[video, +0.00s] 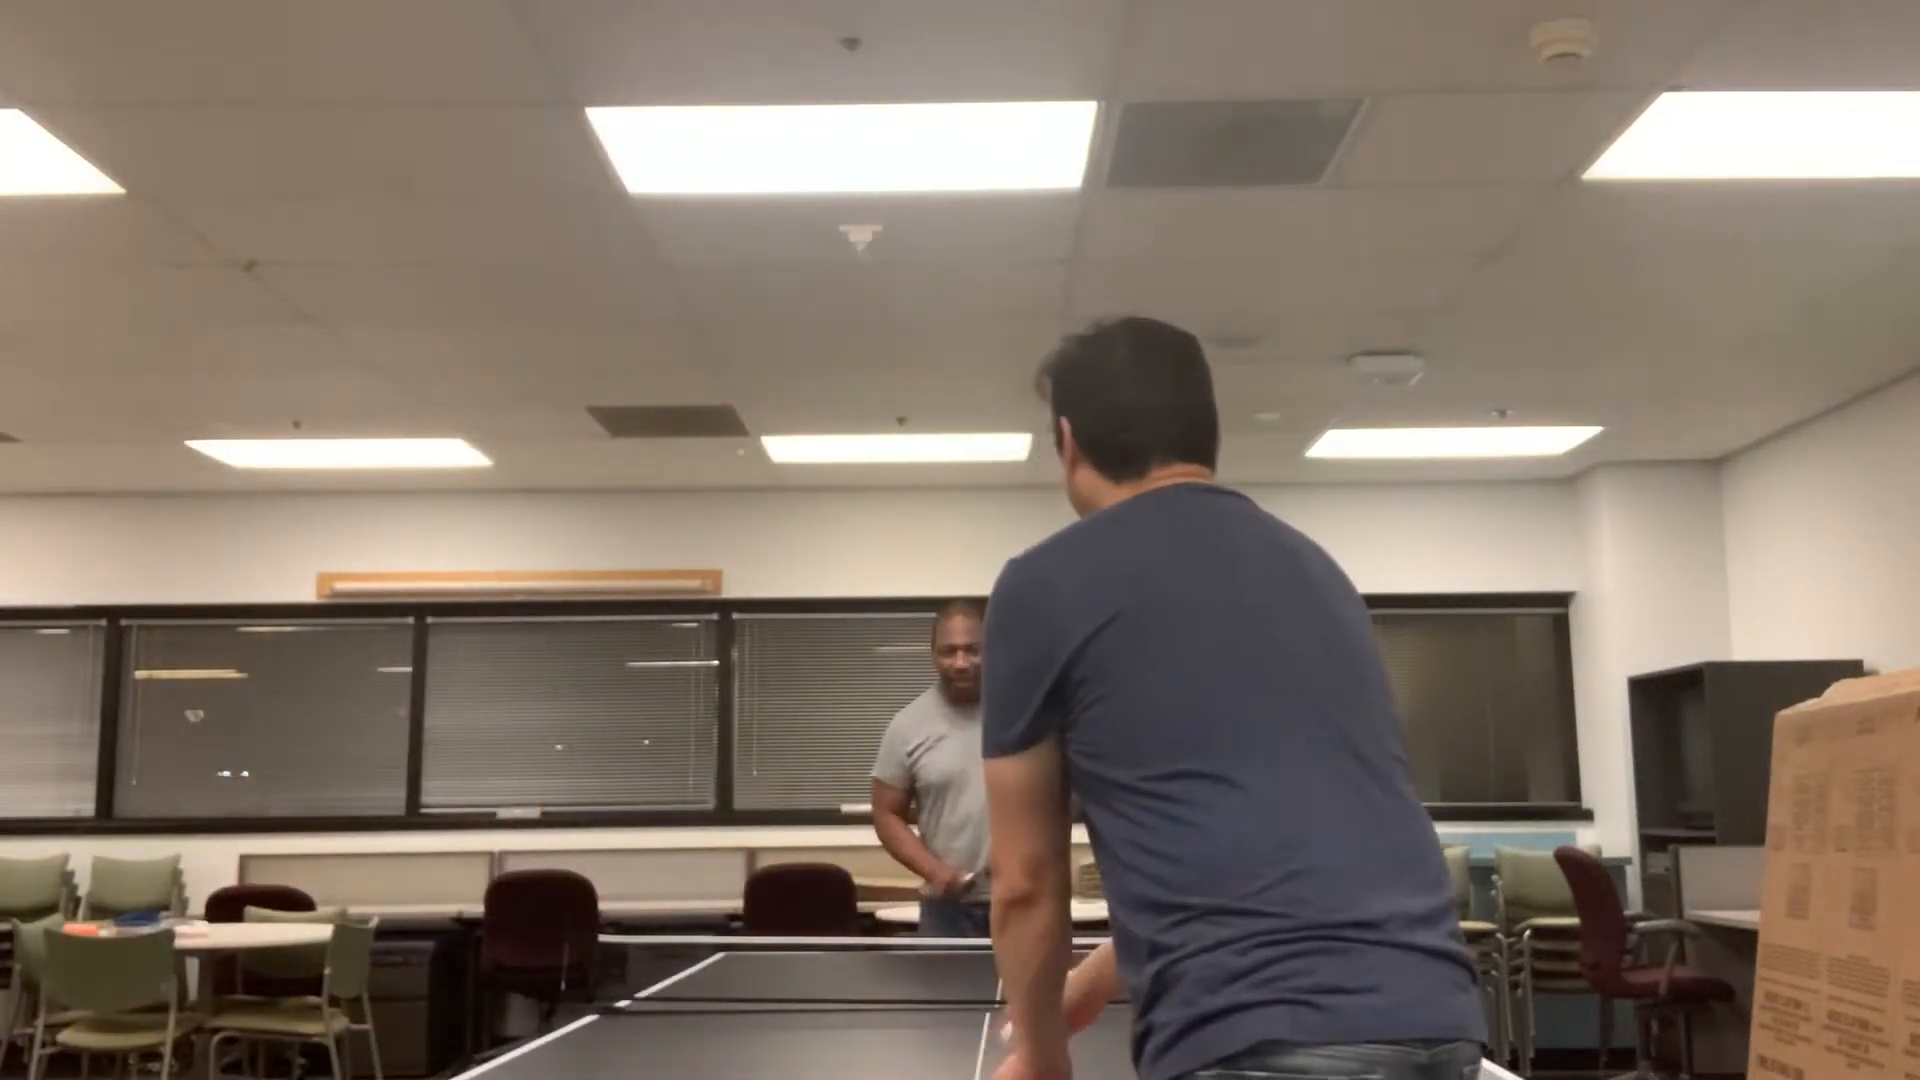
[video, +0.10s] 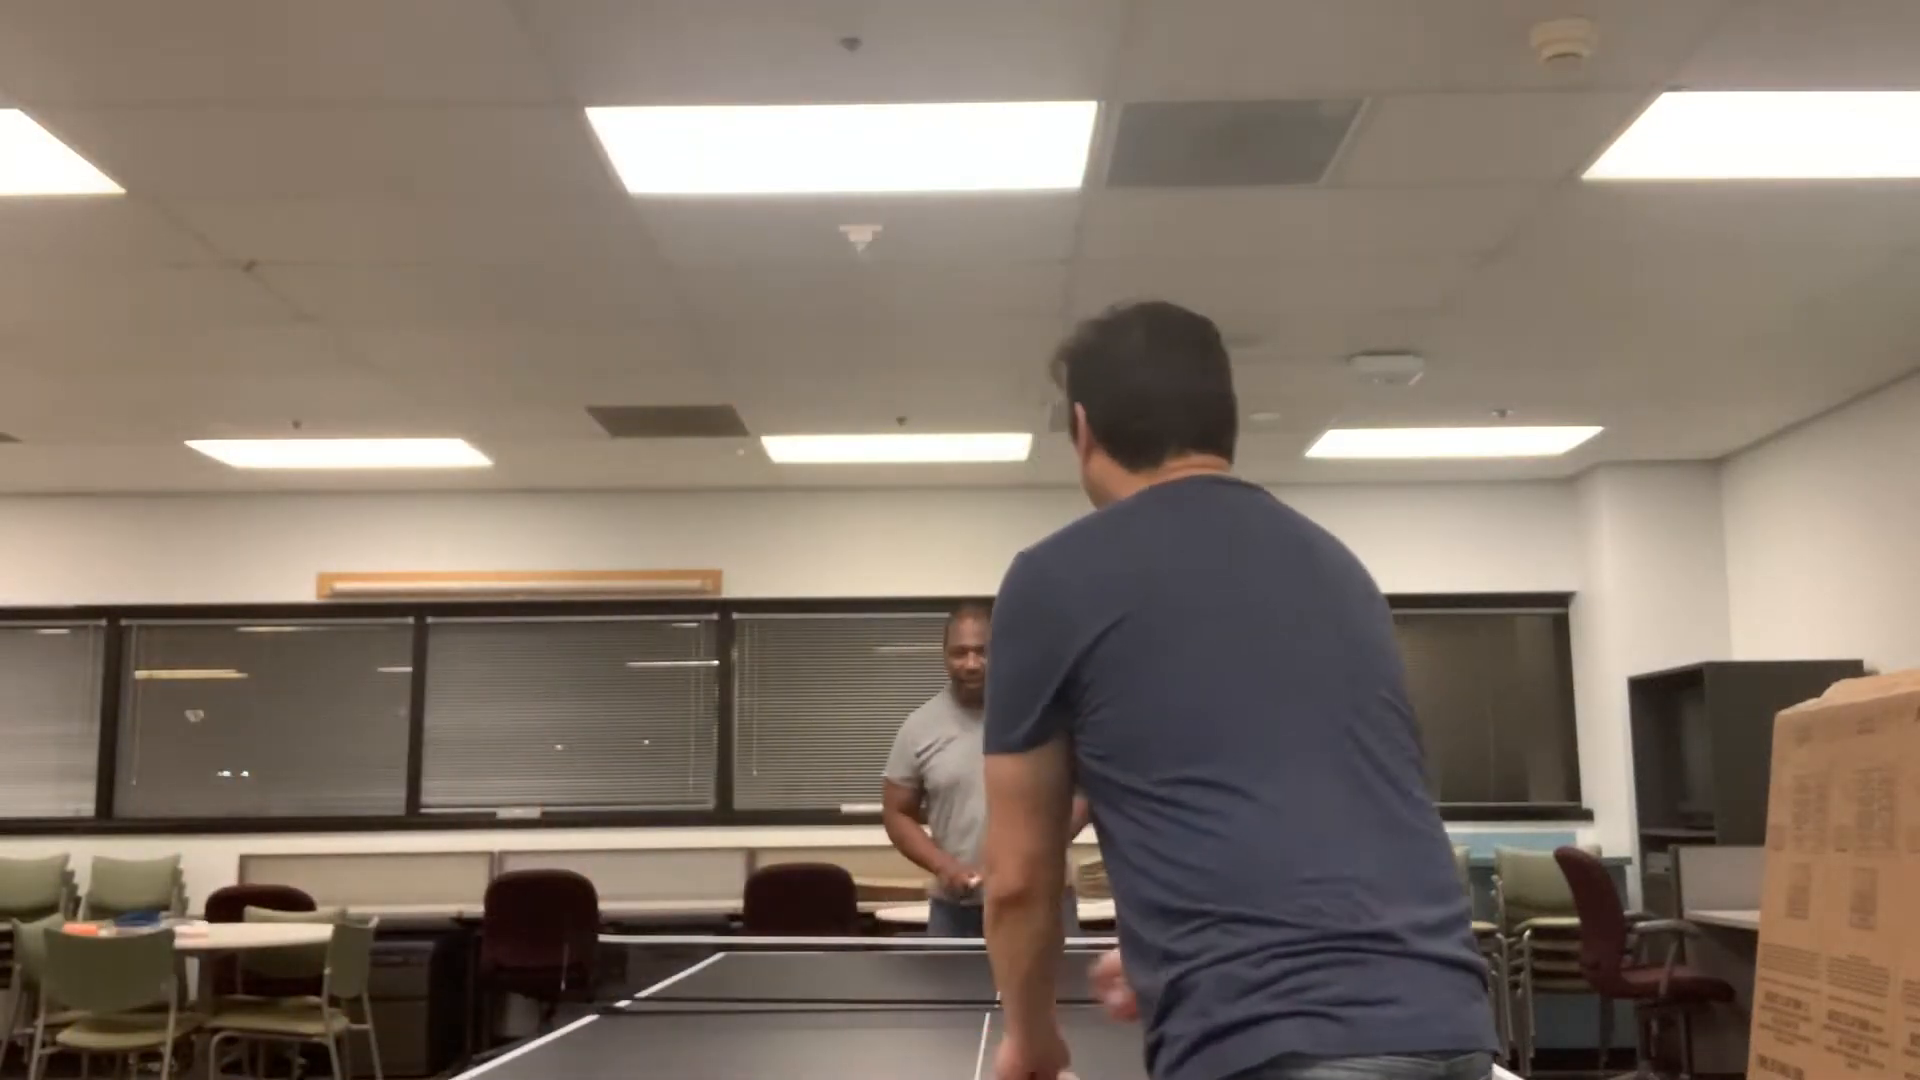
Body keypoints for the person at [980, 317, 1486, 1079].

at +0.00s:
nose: (1057, 464)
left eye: (1053, 446)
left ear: (1068, 444)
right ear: (1209, 434)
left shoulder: (1050, 582)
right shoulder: (1313, 565)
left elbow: (1024, 883)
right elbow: (1250, 842)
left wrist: (1038, 1052)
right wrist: (1083, 991)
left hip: (1257, 1036)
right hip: (1439, 1026)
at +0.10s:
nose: (1071, 450)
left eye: (1068, 430)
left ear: (1084, 430)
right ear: (1226, 420)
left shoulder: (1059, 576)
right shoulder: (1333, 559)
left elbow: (1017, 878)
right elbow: (1338, 817)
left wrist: (1032, 1041)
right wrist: (1175, 948)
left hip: (1266, 1039)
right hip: (1450, 1029)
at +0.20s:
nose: (1092, 425)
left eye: (1090, 403)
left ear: (1104, 407)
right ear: (1254, 403)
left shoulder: (1068, 565)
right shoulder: (1366, 557)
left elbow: (1001, 877)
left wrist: (1022, 1007)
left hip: (1246, 1046)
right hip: (1452, 1035)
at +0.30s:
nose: (1110, 405)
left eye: (1108, 385)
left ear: (1123, 384)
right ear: (1283, 384)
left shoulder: (1080, 554)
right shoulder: (1417, 569)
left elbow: (988, 878)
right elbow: (1462, 843)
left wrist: (1028, 967)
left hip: (1224, 1048)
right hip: (1453, 1046)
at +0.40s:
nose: (1120, 375)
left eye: (1118, 354)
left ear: (1134, 356)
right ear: (1303, 358)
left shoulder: (1076, 537)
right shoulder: (1452, 558)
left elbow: (979, 873)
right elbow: (1509, 865)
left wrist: (1045, 945)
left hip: (1213, 1046)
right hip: (1461, 1049)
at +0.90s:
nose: (1224, 287)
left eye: (1220, 259)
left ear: (1241, 257)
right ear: (1436, 256)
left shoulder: (1157, 467)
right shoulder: (1600, 485)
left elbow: (1061, 816)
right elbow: (1625, 810)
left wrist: (1196, 739)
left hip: (1274, 1045)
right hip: (1565, 1050)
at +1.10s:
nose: (1282, 286)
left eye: (1278, 258)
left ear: (1299, 253)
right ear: (1492, 245)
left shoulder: (1234, 458)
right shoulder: (1661, 448)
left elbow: (1130, 792)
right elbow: (1683, 714)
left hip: (1389, 1043)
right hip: (1686, 1042)